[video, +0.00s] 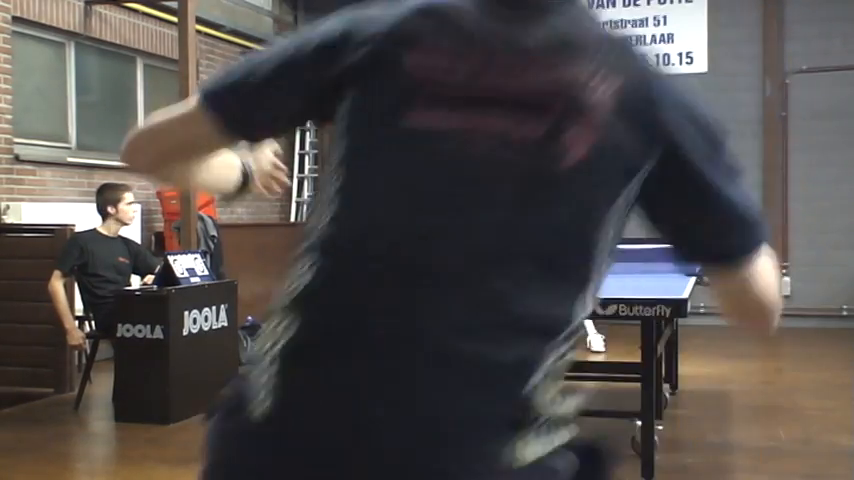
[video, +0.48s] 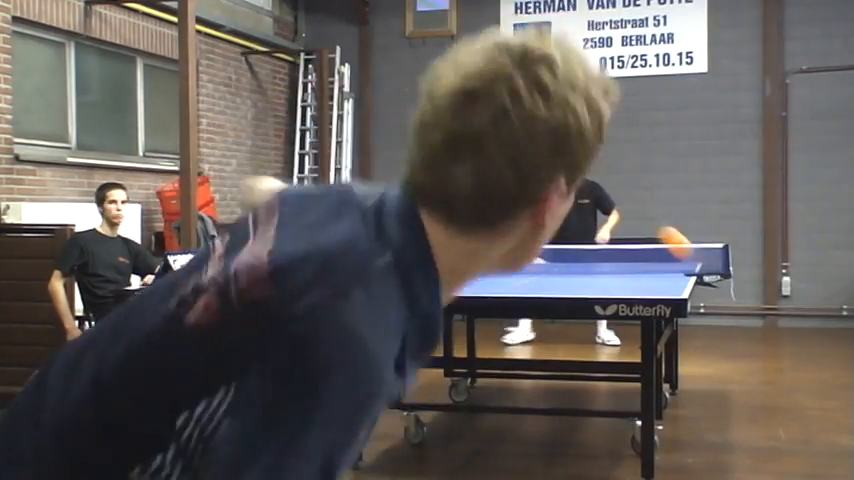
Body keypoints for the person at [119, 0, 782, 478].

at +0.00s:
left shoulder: (379, 35)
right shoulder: (639, 90)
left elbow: (148, 150)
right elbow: (761, 308)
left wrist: (232, 165)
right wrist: (726, 237)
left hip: (290, 434)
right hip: (489, 448)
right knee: (595, 452)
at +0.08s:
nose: (589, 24)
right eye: (590, 18)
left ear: (462, 1)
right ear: (577, 17)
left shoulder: (336, 77)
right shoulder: (565, 154)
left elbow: (149, 181)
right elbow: (711, 389)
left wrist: (276, 219)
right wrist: (741, 323)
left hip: (217, 443)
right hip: (398, 459)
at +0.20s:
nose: (578, 98)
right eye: (584, 80)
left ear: (449, 51)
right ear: (570, 95)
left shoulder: (330, 114)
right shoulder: (481, 233)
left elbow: (192, 170)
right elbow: (557, 463)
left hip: (101, 378)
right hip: (190, 448)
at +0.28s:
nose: (584, 151)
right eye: (588, 133)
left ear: (447, 98)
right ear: (570, 152)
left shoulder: (350, 162)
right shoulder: (441, 294)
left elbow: (234, 180)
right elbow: (453, 464)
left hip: (61, 386)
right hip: (117, 460)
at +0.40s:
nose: (569, 221)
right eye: (577, 205)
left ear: (436, 146)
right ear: (557, 221)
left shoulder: (343, 212)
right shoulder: (377, 376)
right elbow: (221, 463)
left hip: (50, 398)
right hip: (73, 461)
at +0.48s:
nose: (568, 210)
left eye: (576, 191)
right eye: (574, 191)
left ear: (434, 141)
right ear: (550, 205)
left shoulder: (339, 205)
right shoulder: (351, 345)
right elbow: (248, 469)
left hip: (50, 402)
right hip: (63, 462)